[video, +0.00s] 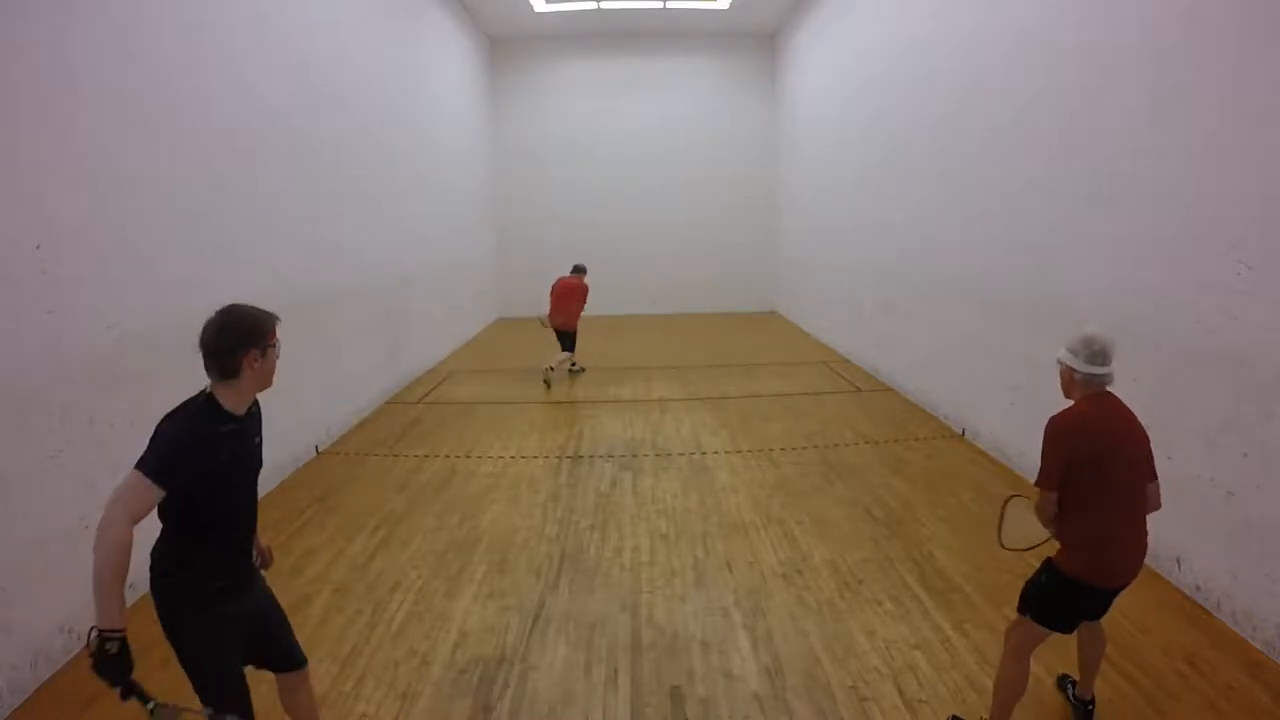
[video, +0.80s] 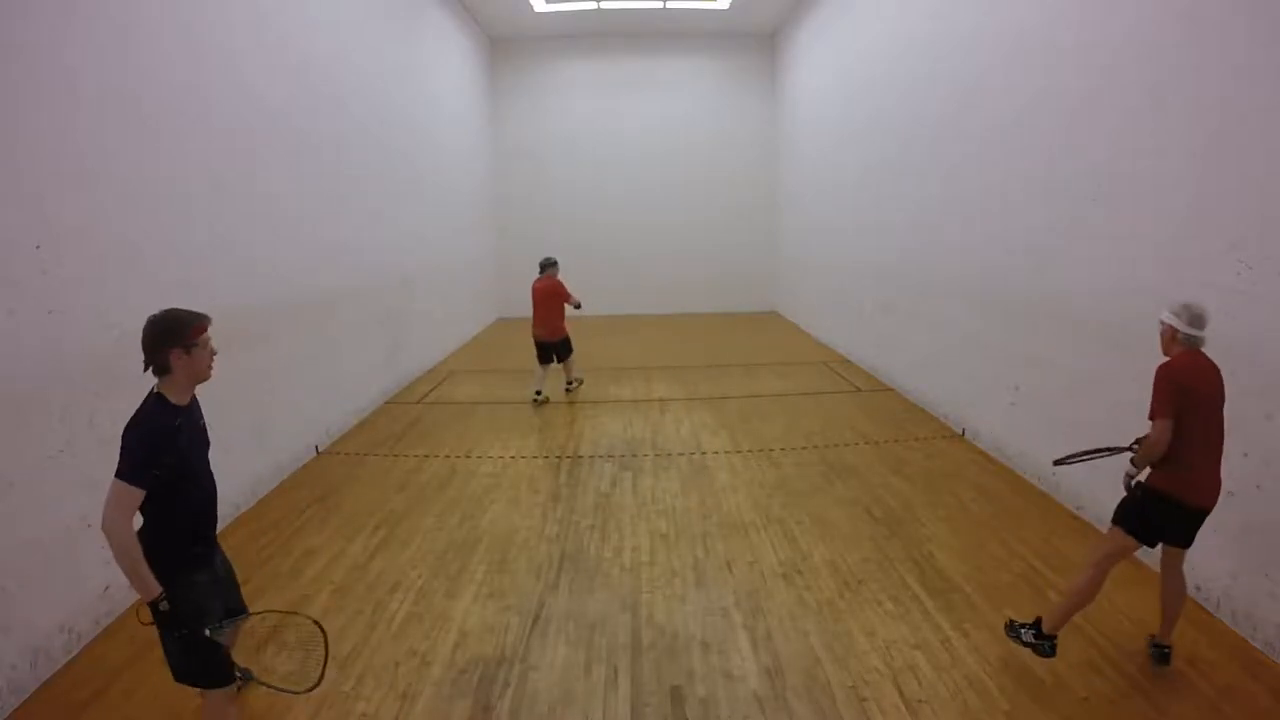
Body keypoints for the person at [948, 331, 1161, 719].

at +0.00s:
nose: (1061, 376)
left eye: (1062, 369)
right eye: (1062, 368)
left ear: (1069, 374)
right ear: (1105, 375)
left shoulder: (1064, 425)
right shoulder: (1128, 420)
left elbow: (1046, 508)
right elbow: (1152, 500)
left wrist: (1058, 526)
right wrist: (1102, 511)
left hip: (1081, 562)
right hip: (1128, 559)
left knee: (1020, 639)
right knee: (1089, 619)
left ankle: (998, 714)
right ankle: (1085, 695)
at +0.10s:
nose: (1066, 380)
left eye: (1067, 374)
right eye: (1068, 374)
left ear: (1072, 379)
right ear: (1110, 381)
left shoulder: (1063, 425)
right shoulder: (1133, 427)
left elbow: (1040, 503)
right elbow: (1158, 508)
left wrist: (1053, 526)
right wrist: (1127, 533)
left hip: (1077, 564)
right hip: (1127, 563)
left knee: (1015, 640)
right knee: (1096, 608)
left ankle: (996, 715)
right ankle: (1092, 687)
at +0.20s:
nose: (1078, 385)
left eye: (1080, 380)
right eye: (1082, 380)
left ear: (1085, 383)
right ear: (1123, 388)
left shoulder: (1070, 425)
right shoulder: (1142, 435)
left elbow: (1038, 496)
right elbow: (1164, 512)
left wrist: (1045, 524)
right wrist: (1156, 560)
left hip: (1075, 566)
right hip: (1127, 567)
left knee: (1013, 640)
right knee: (1106, 605)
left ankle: (996, 714)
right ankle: (1100, 672)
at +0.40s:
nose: (1124, 389)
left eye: (1125, 384)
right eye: (1130, 385)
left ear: (1126, 387)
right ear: (1161, 393)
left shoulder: (1106, 421)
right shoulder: (1175, 441)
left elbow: (1062, 472)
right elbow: (1193, 511)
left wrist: (1034, 502)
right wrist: (1209, 558)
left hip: (1096, 550)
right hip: (1143, 557)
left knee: (1041, 639)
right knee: (1118, 593)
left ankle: (995, 716)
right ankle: (1105, 660)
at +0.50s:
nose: (1140, 385)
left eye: (1142, 380)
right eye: (1146, 381)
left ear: (1144, 381)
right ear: (1177, 388)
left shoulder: (1129, 413)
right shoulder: (1186, 430)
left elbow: (1098, 463)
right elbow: (1192, 485)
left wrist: (1066, 496)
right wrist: (1193, 513)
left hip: (1115, 537)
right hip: (1159, 545)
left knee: (1057, 619)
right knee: (1122, 584)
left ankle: (1001, 705)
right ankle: (1105, 660)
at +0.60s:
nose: (1147, 362)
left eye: (1150, 356)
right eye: (1151, 357)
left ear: (1156, 359)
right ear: (1186, 364)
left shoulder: (1144, 392)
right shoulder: (1200, 401)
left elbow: (1120, 453)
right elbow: (1199, 455)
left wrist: (1110, 493)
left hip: (1137, 510)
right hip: (1178, 520)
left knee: (1080, 590)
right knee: (1133, 579)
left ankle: (1019, 669)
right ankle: (1107, 659)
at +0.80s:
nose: (1159, 334)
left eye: (1163, 328)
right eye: (1162, 328)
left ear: (1173, 333)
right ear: (1195, 336)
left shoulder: (1171, 371)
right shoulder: (1211, 371)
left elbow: (1160, 439)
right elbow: (1200, 431)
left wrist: (1136, 465)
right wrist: (1154, 440)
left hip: (1166, 488)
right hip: (1202, 495)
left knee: (1103, 557)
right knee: (1173, 563)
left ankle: (1045, 631)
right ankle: (1163, 643)